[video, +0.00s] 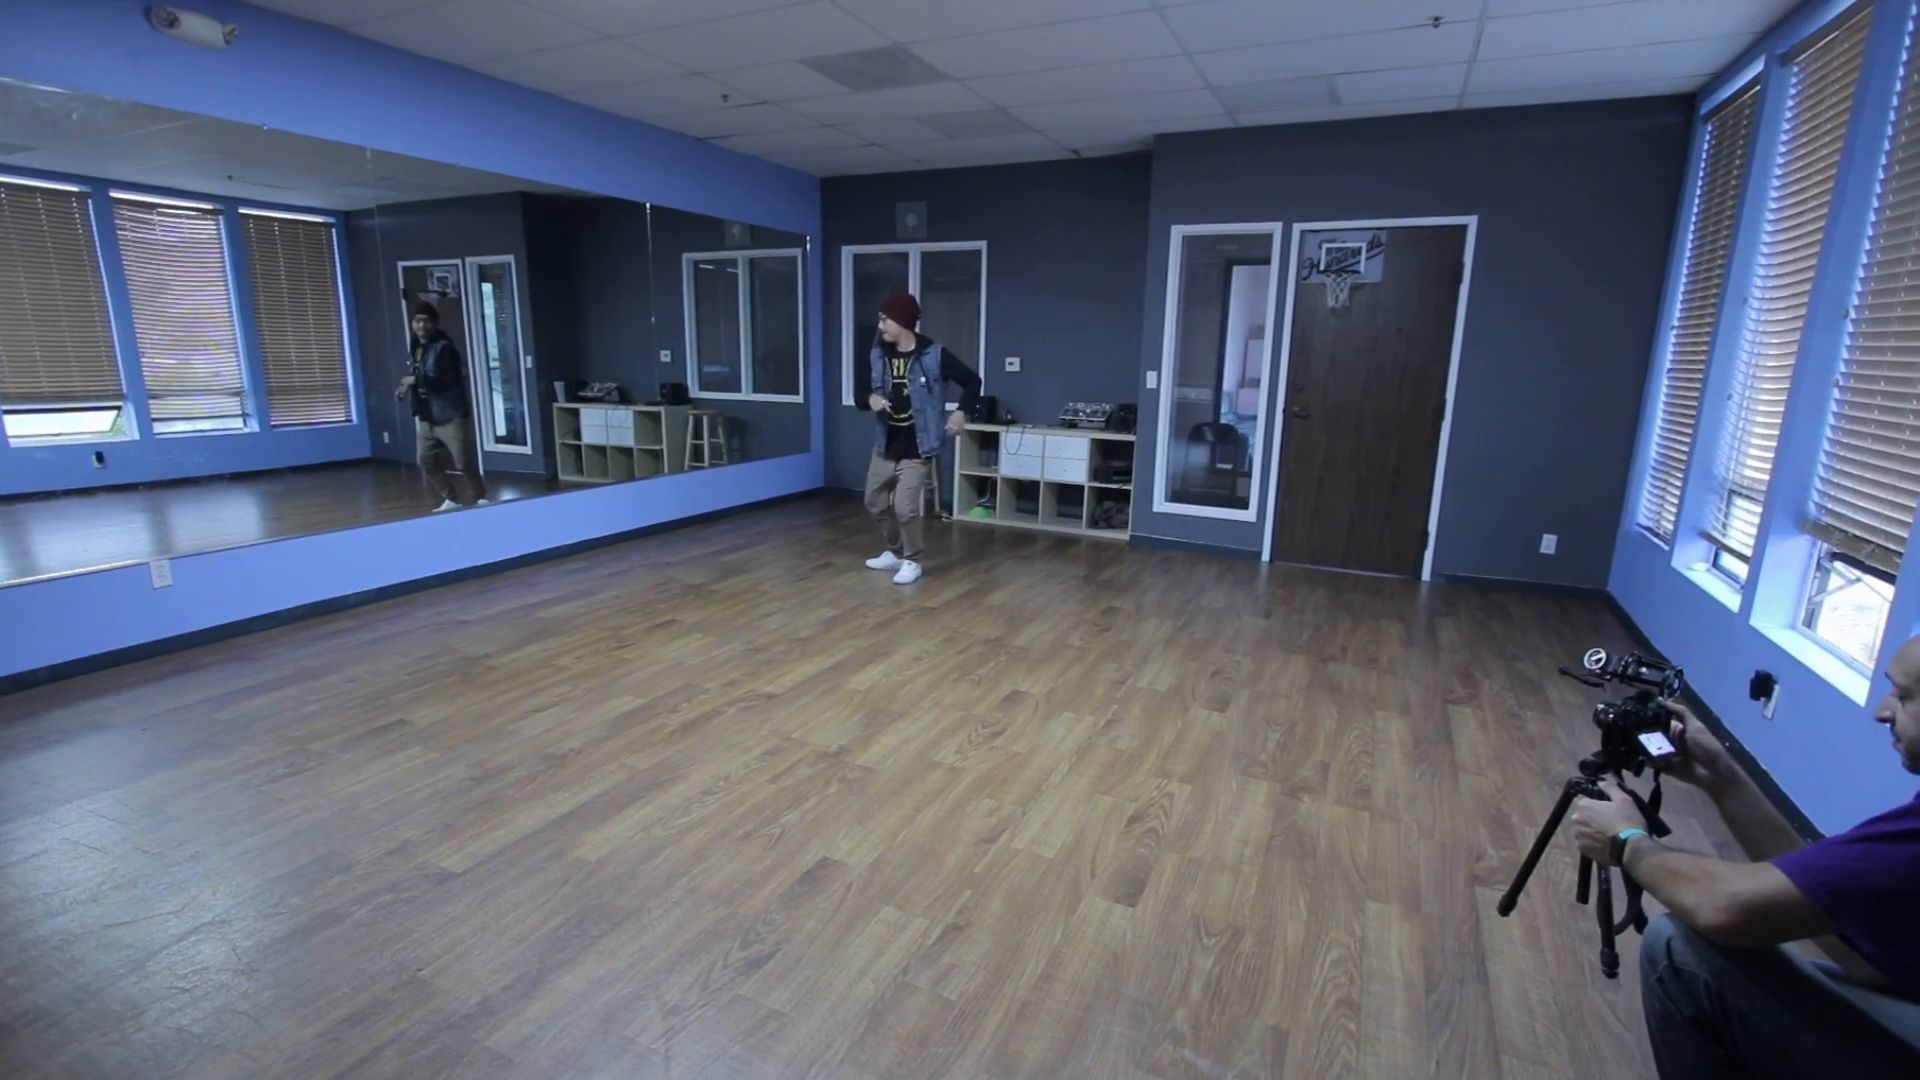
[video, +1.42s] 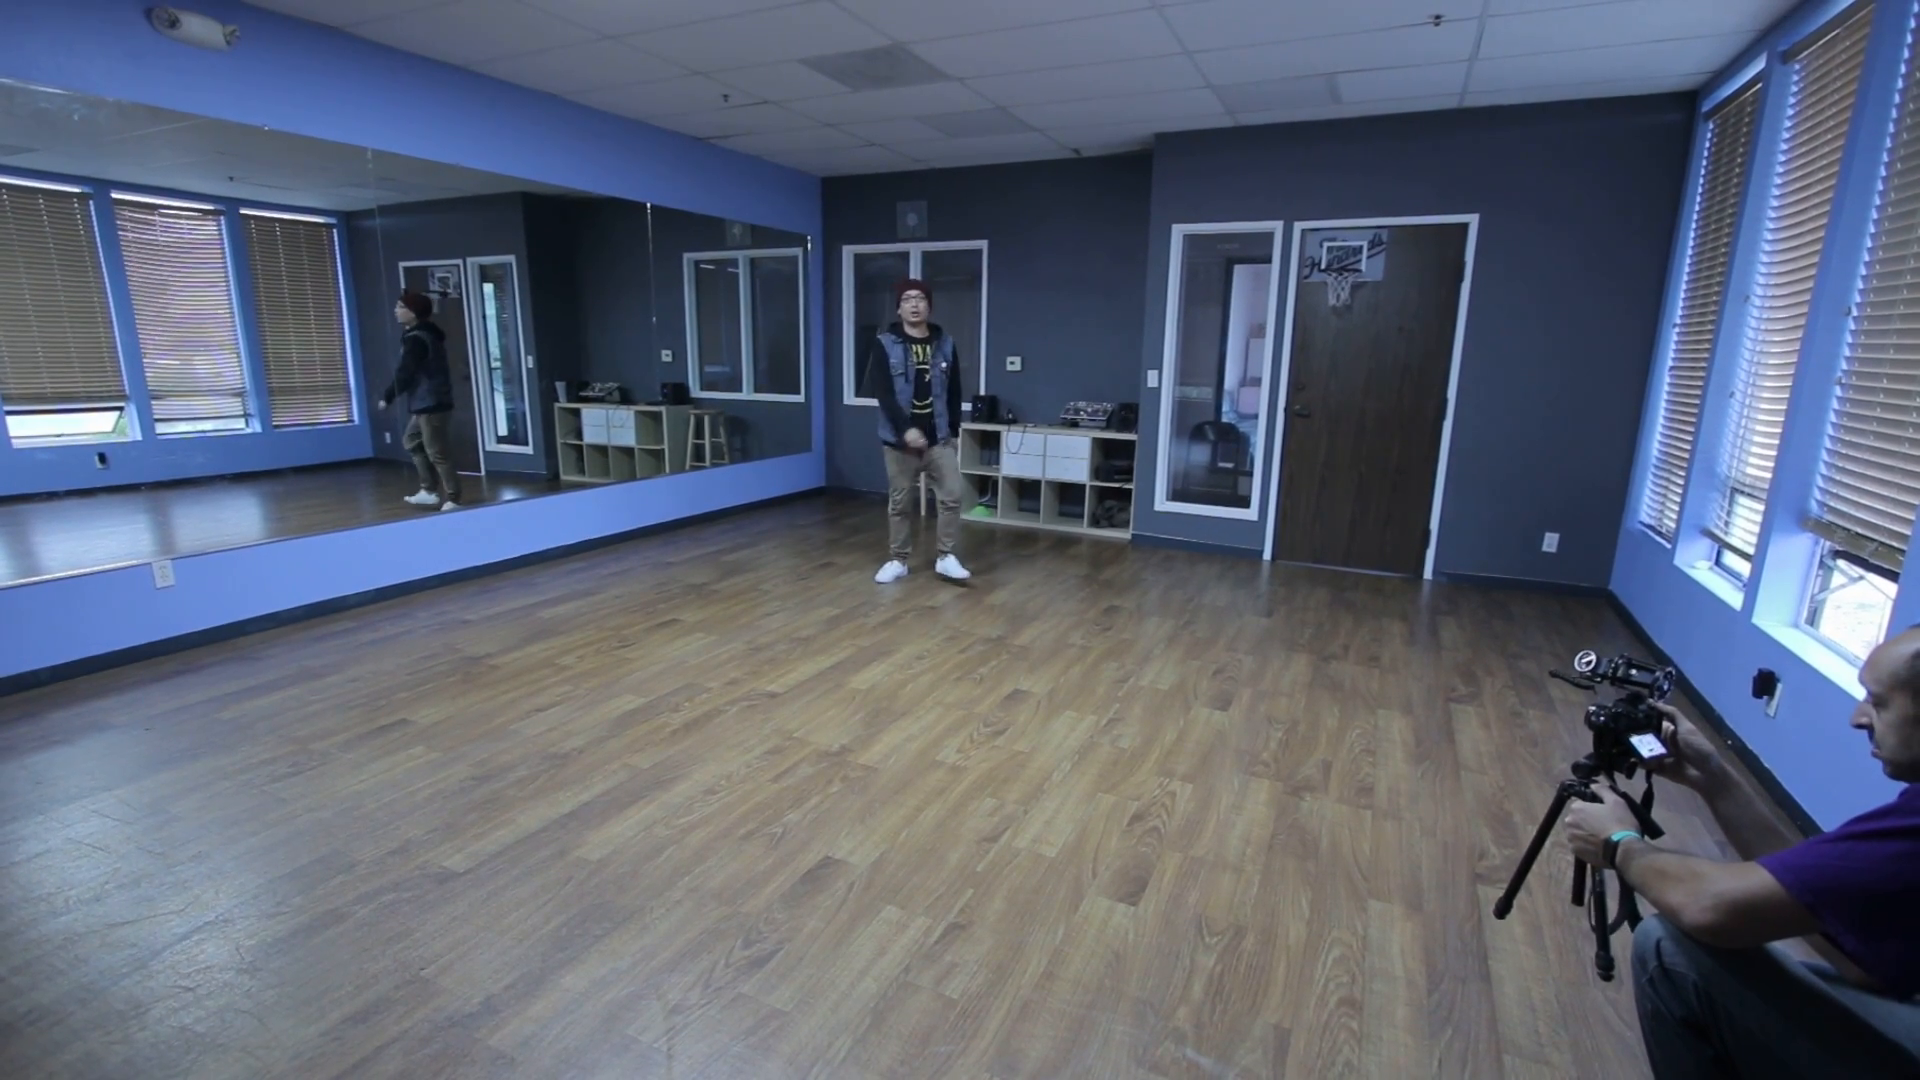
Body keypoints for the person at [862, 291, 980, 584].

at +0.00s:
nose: (880, 324)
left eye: (886, 319)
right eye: (880, 319)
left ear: (904, 323)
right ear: (895, 323)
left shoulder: (934, 354)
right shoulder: (878, 354)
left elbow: (973, 382)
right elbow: (861, 394)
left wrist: (962, 412)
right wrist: (871, 399)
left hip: (918, 447)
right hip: (886, 445)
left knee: (904, 507)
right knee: (875, 501)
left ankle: (912, 561)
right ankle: (895, 552)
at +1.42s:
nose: (914, 305)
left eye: (920, 300)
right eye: (907, 301)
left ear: (928, 306)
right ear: (899, 308)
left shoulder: (945, 344)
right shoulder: (884, 344)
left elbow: (954, 390)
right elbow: (883, 394)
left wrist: (951, 431)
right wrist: (905, 429)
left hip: (939, 437)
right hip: (900, 437)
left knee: (952, 497)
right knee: (900, 501)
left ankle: (946, 556)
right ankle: (898, 560)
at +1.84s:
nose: (960, 316)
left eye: (965, 311)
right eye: (953, 311)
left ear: (972, 318)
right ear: (941, 317)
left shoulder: (984, 358)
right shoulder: (922, 352)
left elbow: (997, 403)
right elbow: (909, 402)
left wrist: (1001, 444)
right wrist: (911, 445)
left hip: (963, 453)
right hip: (924, 449)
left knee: (963, 515)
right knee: (903, 509)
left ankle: (951, 569)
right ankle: (887, 561)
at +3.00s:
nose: (929, 332)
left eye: (934, 325)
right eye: (920, 326)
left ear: (941, 330)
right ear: (904, 331)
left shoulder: (948, 366)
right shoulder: (882, 370)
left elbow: (958, 418)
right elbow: (873, 429)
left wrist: (967, 464)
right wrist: (887, 478)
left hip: (932, 459)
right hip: (894, 462)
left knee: (934, 516)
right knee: (897, 526)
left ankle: (940, 567)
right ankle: (907, 592)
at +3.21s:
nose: (916, 329)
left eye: (922, 322)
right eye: (907, 322)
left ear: (929, 327)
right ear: (892, 328)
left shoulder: (938, 363)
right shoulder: (871, 366)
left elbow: (941, 419)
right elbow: (863, 424)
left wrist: (922, 462)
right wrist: (870, 478)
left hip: (919, 459)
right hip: (884, 459)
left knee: (911, 522)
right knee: (889, 523)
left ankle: (902, 573)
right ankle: (905, 591)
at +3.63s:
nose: (877, 297)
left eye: (882, 292)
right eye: (869, 293)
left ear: (891, 302)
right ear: (856, 304)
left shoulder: (907, 345)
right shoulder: (839, 345)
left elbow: (919, 398)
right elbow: (826, 401)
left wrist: (923, 443)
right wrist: (829, 451)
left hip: (897, 447)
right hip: (856, 448)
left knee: (880, 517)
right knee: (875, 516)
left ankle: (857, 578)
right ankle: (897, 587)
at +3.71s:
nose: (868, 298)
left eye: (874, 293)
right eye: (860, 294)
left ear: (883, 303)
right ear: (849, 306)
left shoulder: (900, 346)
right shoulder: (834, 346)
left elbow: (916, 399)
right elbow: (820, 402)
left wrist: (926, 446)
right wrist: (821, 452)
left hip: (889, 446)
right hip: (848, 447)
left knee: (877, 516)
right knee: (863, 513)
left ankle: (856, 579)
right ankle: (882, 586)